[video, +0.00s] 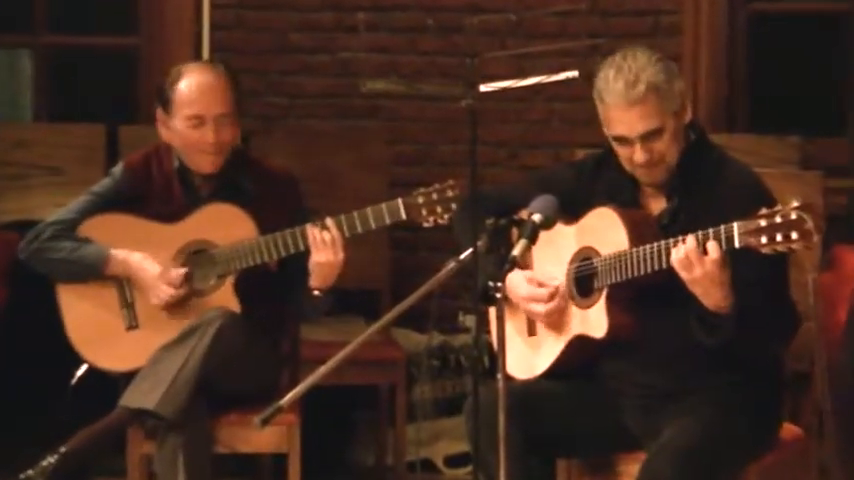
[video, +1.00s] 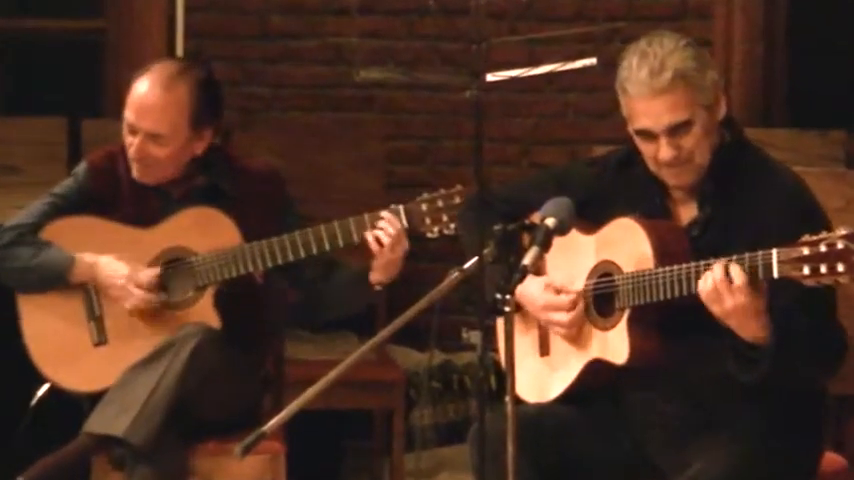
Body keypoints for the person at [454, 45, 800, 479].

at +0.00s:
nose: (640, 156)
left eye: (653, 137)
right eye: (622, 142)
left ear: (684, 116)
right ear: (604, 129)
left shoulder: (735, 192)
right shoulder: (591, 179)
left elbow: (774, 332)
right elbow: (475, 209)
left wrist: (723, 306)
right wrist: (503, 277)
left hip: (717, 394)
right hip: (612, 388)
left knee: (672, 460)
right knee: (498, 406)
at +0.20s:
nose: (643, 155)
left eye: (657, 135)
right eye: (626, 139)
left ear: (690, 114)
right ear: (608, 128)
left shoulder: (744, 196)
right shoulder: (595, 182)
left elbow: (783, 338)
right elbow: (477, 211)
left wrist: (730, 314)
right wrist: (504, 277)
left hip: (720, 400)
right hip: (611, 393)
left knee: (683, 459)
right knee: (499, 412)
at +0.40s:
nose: (650, 154)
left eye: (664, 134)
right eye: (632, 139)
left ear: (697, 113)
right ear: (614, 128)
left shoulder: (752, 196)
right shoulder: (601, 181)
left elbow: (794, 345)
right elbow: (477, 211)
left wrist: (738, 322)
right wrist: (507, 286)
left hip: (728, 403)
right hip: (617, 394)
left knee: (696, 457)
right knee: (499, 420)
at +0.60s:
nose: (660, 157)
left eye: (675, 135)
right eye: (642, 141)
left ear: (711, 112)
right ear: (623, 131)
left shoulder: (770, 199)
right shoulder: (609, 180)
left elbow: (814, 354)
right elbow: (478, 213)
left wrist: (754, 334)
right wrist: (511, 288)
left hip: (738, 411)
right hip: (618, 400)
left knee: (718, 460)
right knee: (499, 432)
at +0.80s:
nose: (666, 155)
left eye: (681, 132)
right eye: (647, 138)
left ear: (718, 109)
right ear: (628, 128)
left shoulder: (778, 202)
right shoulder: (614, 179)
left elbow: (821, 354)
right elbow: (480, 211)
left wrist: (762, 336)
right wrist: (509, 290)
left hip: (746, 413)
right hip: (625, 400)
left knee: (726, 463)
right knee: (501, 434)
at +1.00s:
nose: (666, 152)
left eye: (681, 130)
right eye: (647, 136)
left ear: (718, 107)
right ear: (628, 127)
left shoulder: (779, 199)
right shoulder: (612, 180)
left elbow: (824, 350)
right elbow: (483, 211)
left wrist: (761, 334)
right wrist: (516, 288)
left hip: (744, 412)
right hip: (623, 400)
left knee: (726, 463)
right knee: (502, 434)